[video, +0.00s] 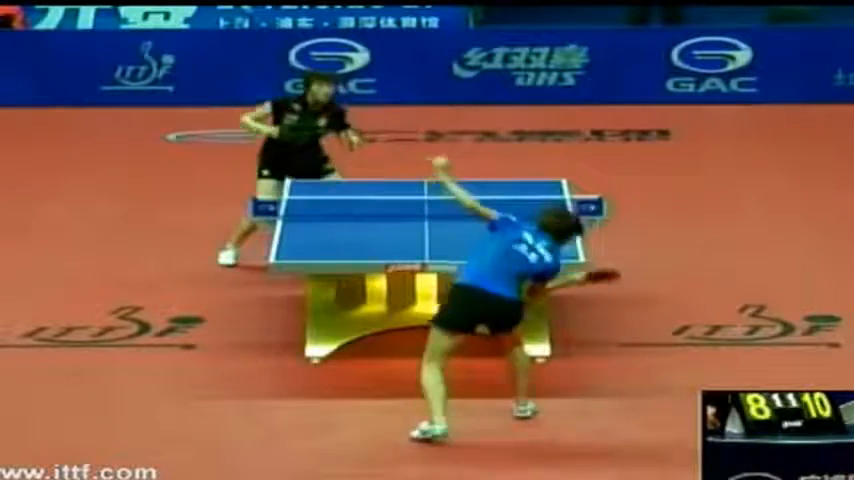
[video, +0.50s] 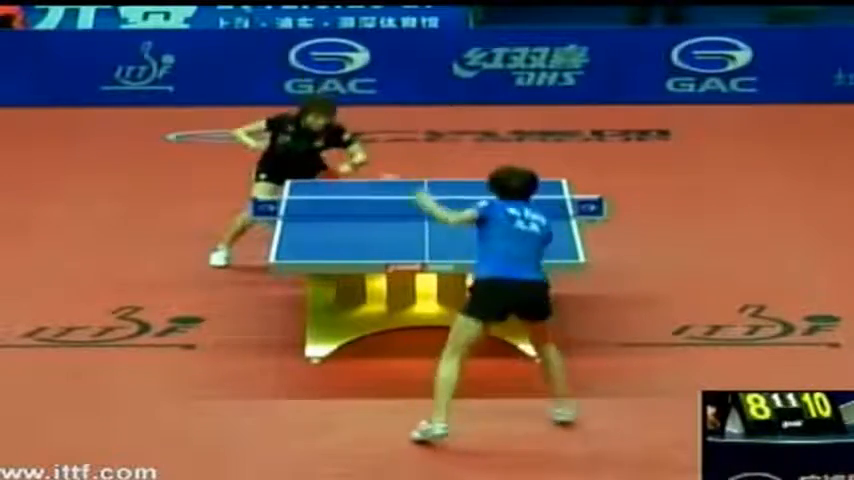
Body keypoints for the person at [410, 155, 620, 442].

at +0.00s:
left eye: (548, 213)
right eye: (567, 236)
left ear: (543, 218)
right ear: (564, 237)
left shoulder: (511, 224)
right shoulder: (551, 261)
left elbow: (473, 207)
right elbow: (533, 295)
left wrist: (444, 177)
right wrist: (572, 281)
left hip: (467, 291)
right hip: (505, 302)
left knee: (432, 361)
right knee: (515, 345)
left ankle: (437, 422)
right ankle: (522, 403)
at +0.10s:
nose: (546, 218)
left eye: (549, 217)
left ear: (545, 221)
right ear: (564, 241)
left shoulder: (517, 228)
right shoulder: (551, 263)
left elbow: (484, 208)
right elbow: (538, 291)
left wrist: (461, 181)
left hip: (474, 294)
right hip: (510, 305)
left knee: (428, 360)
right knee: (517, 346)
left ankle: (437, 417)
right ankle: (522, 402)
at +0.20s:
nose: (533, 214)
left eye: (537, 213)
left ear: (536, 219)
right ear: (557, 233)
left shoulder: (516, 229)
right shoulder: (549, 258)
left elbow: (491, 211)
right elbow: (538, 290)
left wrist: (469, 182)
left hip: (484, 300)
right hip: (518, 308)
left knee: (423, 354)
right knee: (516, 347)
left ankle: (435, 410)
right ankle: (521, 402)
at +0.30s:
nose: (518, 209)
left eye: (521, 207)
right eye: (521, 208)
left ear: (524, 211)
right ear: (547, 222)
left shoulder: (508, 223)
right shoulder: (542, 247)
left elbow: (481, 211)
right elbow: (539, 286)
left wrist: (457, 184)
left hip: (486, 298)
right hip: (522, 306)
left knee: (429, 356)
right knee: (517, 346)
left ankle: (436, 418)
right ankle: (521, 401)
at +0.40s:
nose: (501, 190)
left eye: (505, 187)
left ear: (507, 192)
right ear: (535, 197)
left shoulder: (497, 207)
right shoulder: (541, 222)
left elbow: (460, 209)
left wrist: (434, 187)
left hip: (488, 285)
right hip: (528, 289)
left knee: (447, 351)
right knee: (538, 346)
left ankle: (436, 420)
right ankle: (534, 401)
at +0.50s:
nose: (491, 194)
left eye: (494, 190)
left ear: (499, 191)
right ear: (528, 193)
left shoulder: (491, 208)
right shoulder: (540, 220)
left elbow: (452, 219)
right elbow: (539, 252)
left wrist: (428, 204)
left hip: (492, 285)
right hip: (532, 287)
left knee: (453, 352)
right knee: (545, 345)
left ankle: (438, 422)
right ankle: (563, 406)